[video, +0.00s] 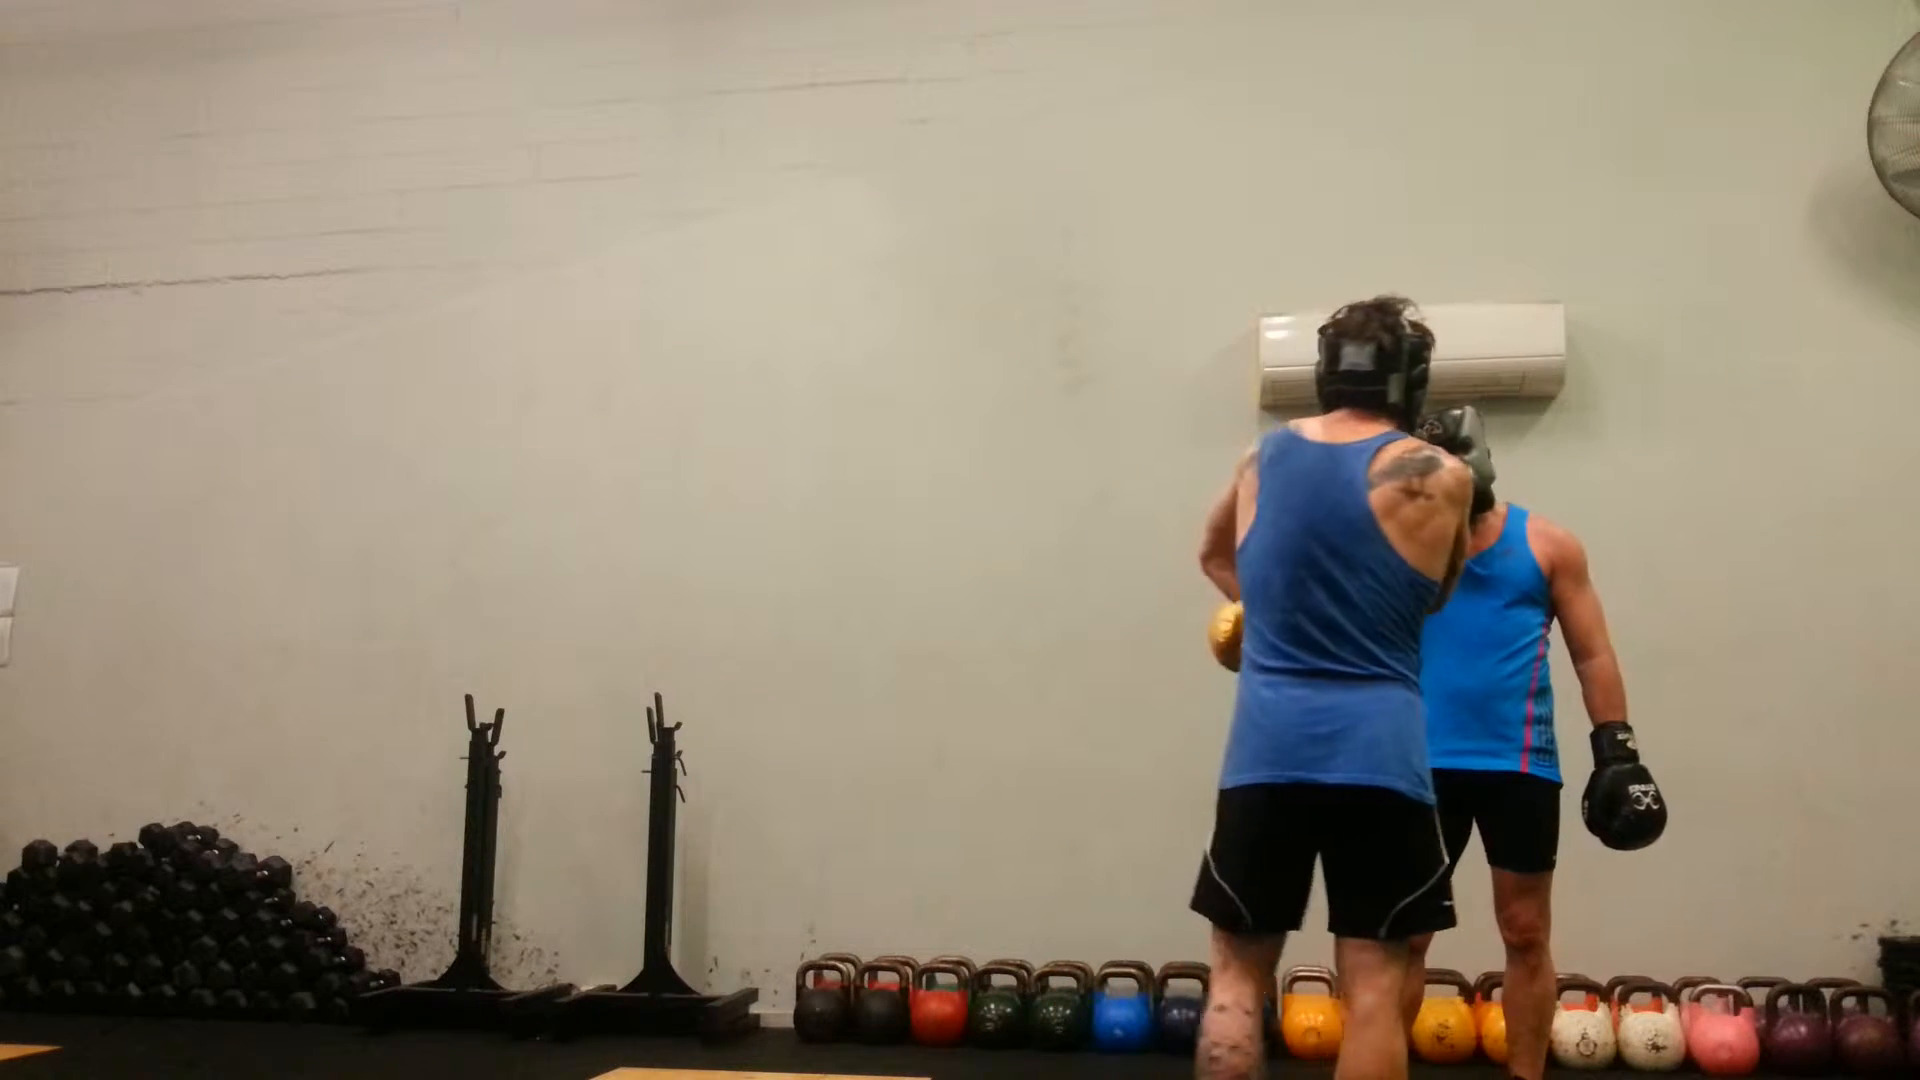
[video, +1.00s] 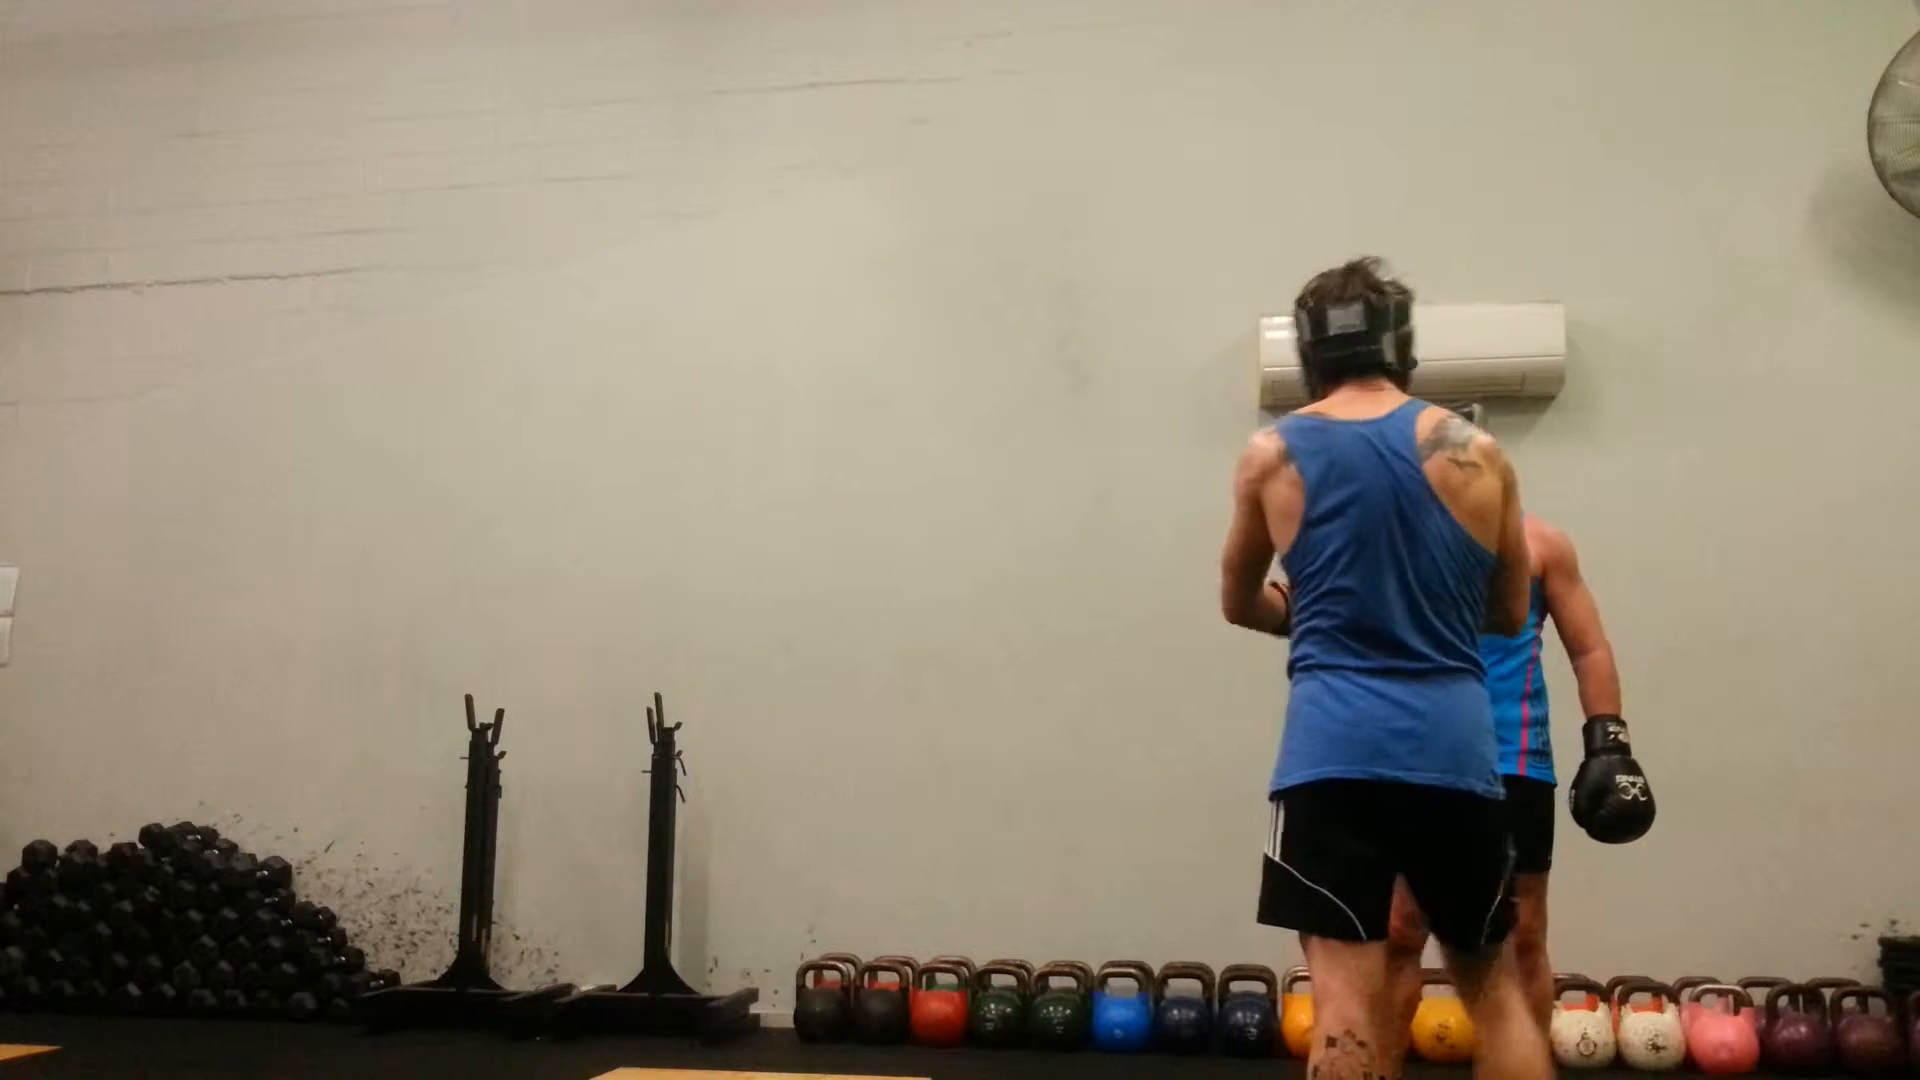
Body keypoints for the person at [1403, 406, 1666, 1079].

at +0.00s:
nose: (1443, 476)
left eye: (1451, 462)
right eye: (1432, 465)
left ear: (1476, 466)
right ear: (1420, 479)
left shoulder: (1546, 544)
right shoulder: (1404, 545)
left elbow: (1592, 653)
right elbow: (1369, 647)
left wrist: (1616, 753)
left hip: (1517, 768)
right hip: (1422, 767)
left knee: (1524, 933)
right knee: (1400, 937)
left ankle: (1526, 1071)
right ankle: (1380, 1069)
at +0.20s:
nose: (1440, 475)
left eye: (1449, 459)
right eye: (1430, 464)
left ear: (1476, 463)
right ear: (1415, 474)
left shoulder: (1546, 544)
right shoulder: (1407, 545)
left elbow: (1592, 651)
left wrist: (1617, 747)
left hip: (1516, 765)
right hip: (1420, 765)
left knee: (1523, 931)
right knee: (1399, 939)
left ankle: (1526, 1071)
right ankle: (1381, 1068)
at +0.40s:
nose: (1447, 477)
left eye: (1458, 461)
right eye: (1434, 466)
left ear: (1483, 466)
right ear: (1416, 481)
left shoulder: (1543, 543)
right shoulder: (1401, 545)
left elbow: (1589, 647)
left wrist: (1611, 743)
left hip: (1512, 768)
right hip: (1419, 767)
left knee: (1521, 934)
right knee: (1391, 945)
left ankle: (1525, 1072)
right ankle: (1381, 1070)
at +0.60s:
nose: (1443, 480)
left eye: (1454, 463)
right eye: (1430, 469)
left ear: (1478, 466)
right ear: (1414, 481)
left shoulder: (1538, 541)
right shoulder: (1397, 546)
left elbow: (1586, 646)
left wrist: (1601, 741)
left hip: (1508, 765)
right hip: (1413, 765)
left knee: (1519, 934)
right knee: (1391, 945)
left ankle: (1525, 1072)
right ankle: (1384, 1069)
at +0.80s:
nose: (1439, 470)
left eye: (1450, 454)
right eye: (1426, 460)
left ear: (1473, 459)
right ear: (1409, 473)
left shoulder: (1536, 543)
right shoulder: (1395, 548)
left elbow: (1584, 650)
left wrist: (1598, 744)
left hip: (1507, 763)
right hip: (1415, 764)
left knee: (1518, 934)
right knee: (1405, 942)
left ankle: (1524, 1072)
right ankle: (1392, 1069)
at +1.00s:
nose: (1448, 470)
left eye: (1459, 450)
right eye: (1432, 450)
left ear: (1485, 465)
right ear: (1412, 472)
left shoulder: (1536, 542)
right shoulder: (1394, 550)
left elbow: (1588, 648)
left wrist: (1607, 743)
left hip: (1515, 766)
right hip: (1418, 765)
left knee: (1523, 937)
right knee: (1398, 934)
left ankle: (1531, 1066)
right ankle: (1380, 1068)